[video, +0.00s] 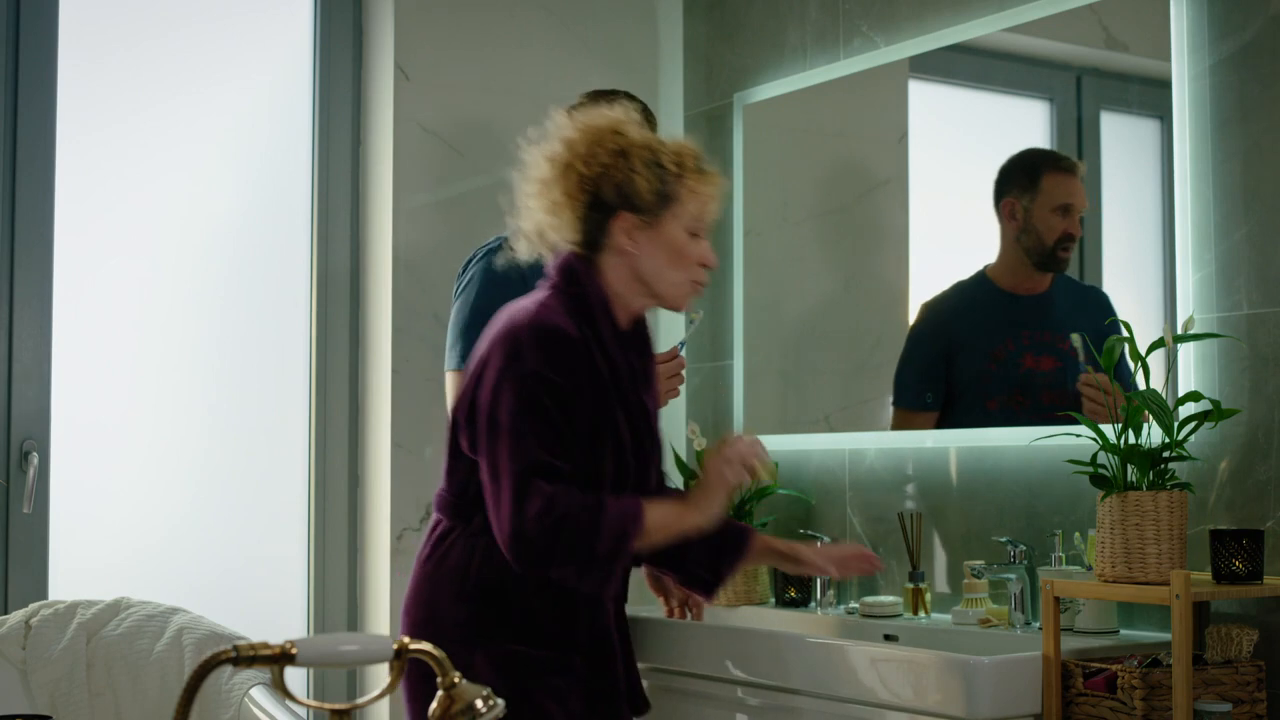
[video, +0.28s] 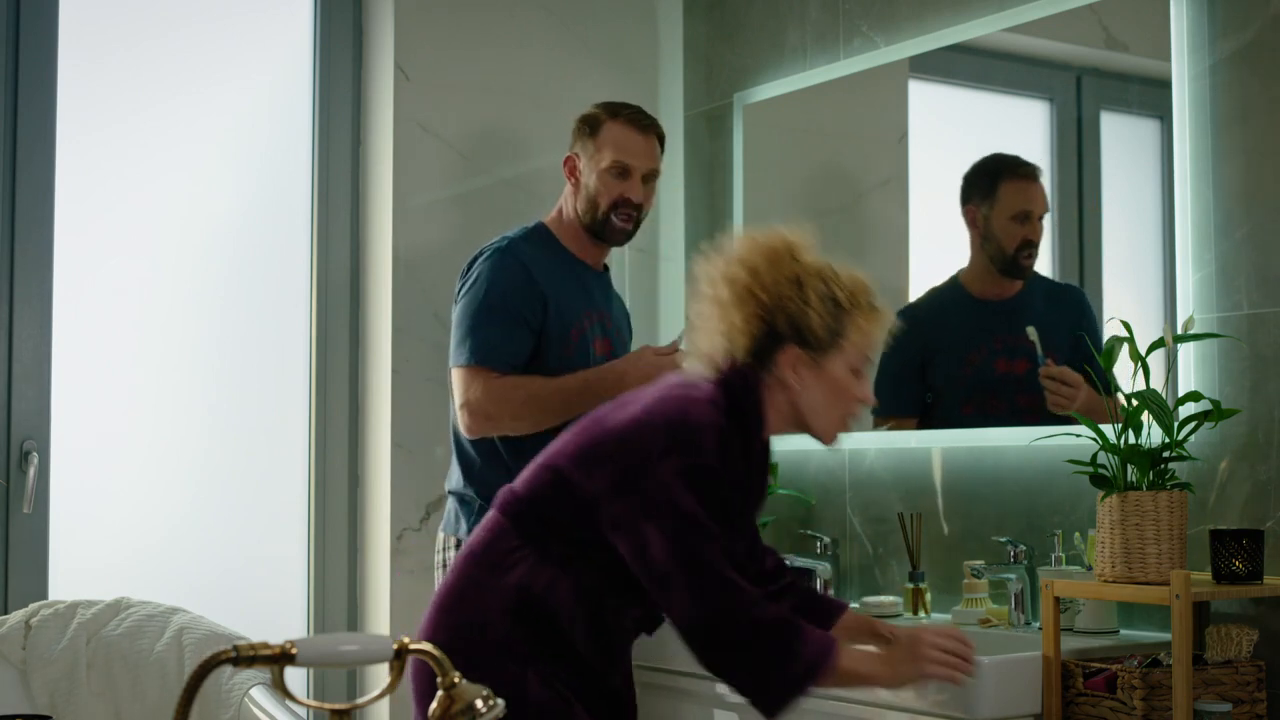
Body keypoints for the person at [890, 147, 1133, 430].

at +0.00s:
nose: (1075, 231)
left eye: (1079, 217)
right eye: (1062, 213)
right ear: (1012, 213)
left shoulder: (1091, 308)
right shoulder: (944, 318)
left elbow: (1138, 422)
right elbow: (906, 452)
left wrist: (1123, 415)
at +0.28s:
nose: (1036, 235)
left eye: (1040, 220)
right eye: (1021, 219)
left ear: (1046, 219)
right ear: (974, 219)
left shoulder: (1068, 307)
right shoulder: (918, 324)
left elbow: (1114, 415)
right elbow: (892, 442)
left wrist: (1085, 402)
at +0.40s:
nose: (1026, 238)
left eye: (1032, 222)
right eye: (1011, 222)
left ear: (1037, 221)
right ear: (964, 221)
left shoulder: (1060, 307)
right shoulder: (911, 325)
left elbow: (1109, 415)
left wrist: (1077, 390)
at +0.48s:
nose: (1024, 238)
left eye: (1030, 222)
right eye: (1009, 222)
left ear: (1036, 221)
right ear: (963, 222)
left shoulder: (1058, 305)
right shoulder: (911, 323)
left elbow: (1103, 422)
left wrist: (1080, 374)